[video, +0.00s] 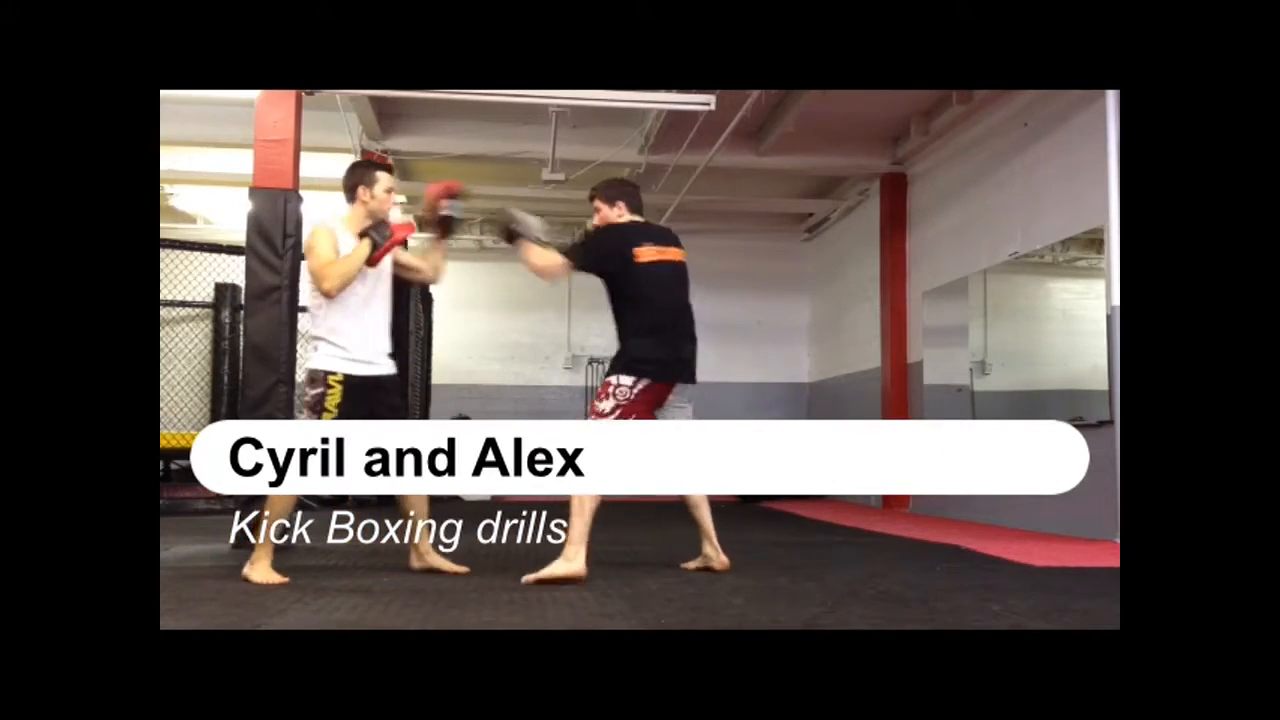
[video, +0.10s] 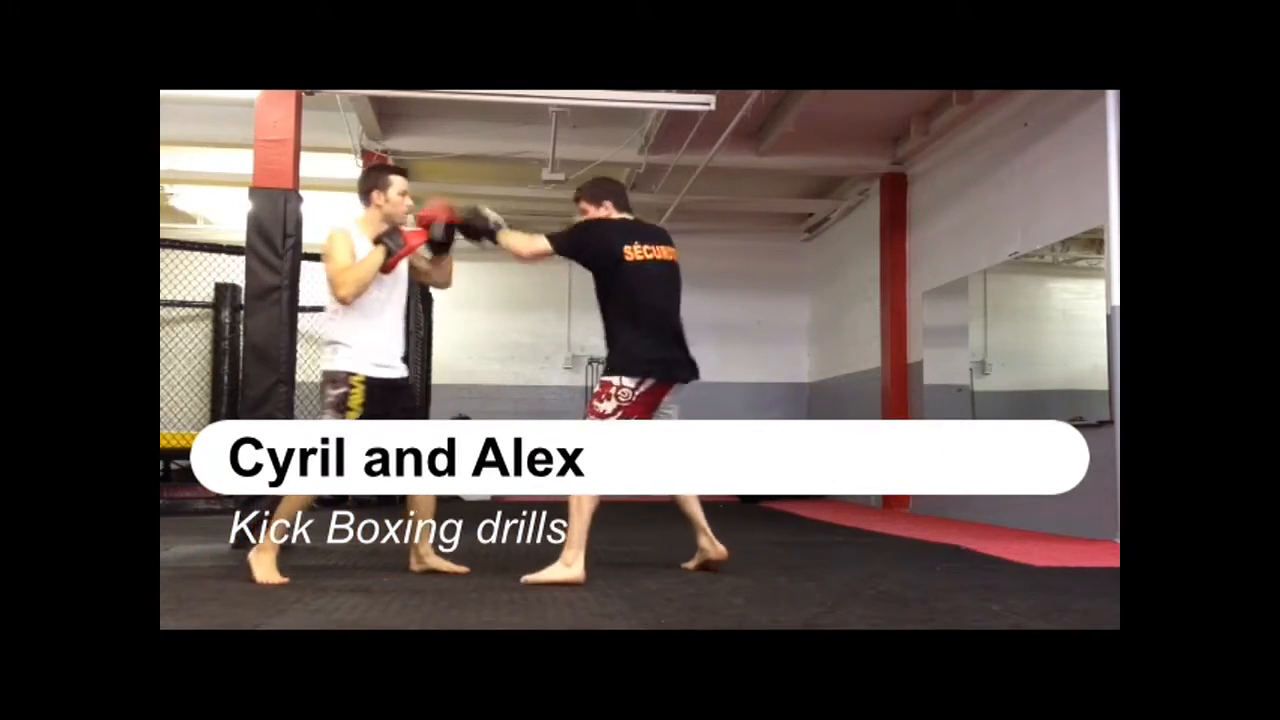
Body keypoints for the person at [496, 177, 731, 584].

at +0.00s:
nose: (595, 218)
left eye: (598, 210)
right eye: (595, 211)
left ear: (618, 207)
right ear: (632, 208)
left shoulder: (609, 239)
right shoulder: (668, 236)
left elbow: (548, 266)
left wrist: (520, 237)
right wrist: (602, 236)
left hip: (641, 360)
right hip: (680, 359)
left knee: (590, 450)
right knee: (682, 452)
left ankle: (573, 555)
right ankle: (712, 549)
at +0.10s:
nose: (583, 219)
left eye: (584, 213)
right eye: (582, 214)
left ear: (605, 207)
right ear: (619, 206)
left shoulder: (597, 232)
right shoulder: (658, 235)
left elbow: (527, 248)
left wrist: (493, 228)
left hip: (634, 362)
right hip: (672, 360)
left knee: (586, 453)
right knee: (662, 450)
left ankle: (572, 559)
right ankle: (707, 541)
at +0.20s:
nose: (570, 232)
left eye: (571, 221)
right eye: (567, 224)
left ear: (595, 210)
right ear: (600, 212)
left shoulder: (616, 242)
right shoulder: (633, 239)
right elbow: (590, 297)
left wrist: (540, 269)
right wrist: (541, 275)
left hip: (635, 371)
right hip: (652, 369)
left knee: (576, 450)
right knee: (635, 452)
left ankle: (570, 560)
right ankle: (704, 535)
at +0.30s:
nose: (562, 252)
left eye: (566, 243)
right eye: (559, 245)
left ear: (590, 234)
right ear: (577, 238)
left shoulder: (635, 265)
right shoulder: (575, 267)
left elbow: (650, 336)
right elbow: (530, 302)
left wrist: (590, 317)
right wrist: (544, 262)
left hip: (636, 383)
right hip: (608, 381)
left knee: (567, 454)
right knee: (621, 474)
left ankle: (569, 561)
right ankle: (704, 538)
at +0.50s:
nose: (533, 248)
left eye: (534, 239)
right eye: (530, 240)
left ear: (554, 231)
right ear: (559, 228)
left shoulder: (598, 263)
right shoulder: (586, 250)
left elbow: (618, 334)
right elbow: (550, 296)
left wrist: (577, 358)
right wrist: (549, 264)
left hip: (609, 379)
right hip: (629, 377)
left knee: (550, 458)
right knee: (632, 457)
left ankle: (567, 559)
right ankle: (690, 532)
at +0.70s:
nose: (533, 228)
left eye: (533, 218)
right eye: (530, 219)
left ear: (552, 208)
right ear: (571, 205)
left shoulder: (558, 244)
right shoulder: (617, 229)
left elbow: (528, 305)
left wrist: (504, 281)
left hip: (598, 365)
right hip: (641, 361)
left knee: (552, 454)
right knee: (638, 455)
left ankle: (563, 558)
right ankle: (682, 549)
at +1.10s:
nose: (544, 215)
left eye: (546, 204)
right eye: (542, 206)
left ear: (569, 198)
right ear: (582, 200)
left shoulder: (571, 227)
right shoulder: (622, 230)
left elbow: (564, 276)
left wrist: (527, 274)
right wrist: (554, 252)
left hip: (598, 360)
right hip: (638, 358)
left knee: (555, 452)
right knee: (646, 457)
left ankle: (556, 564)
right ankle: (683, 555)